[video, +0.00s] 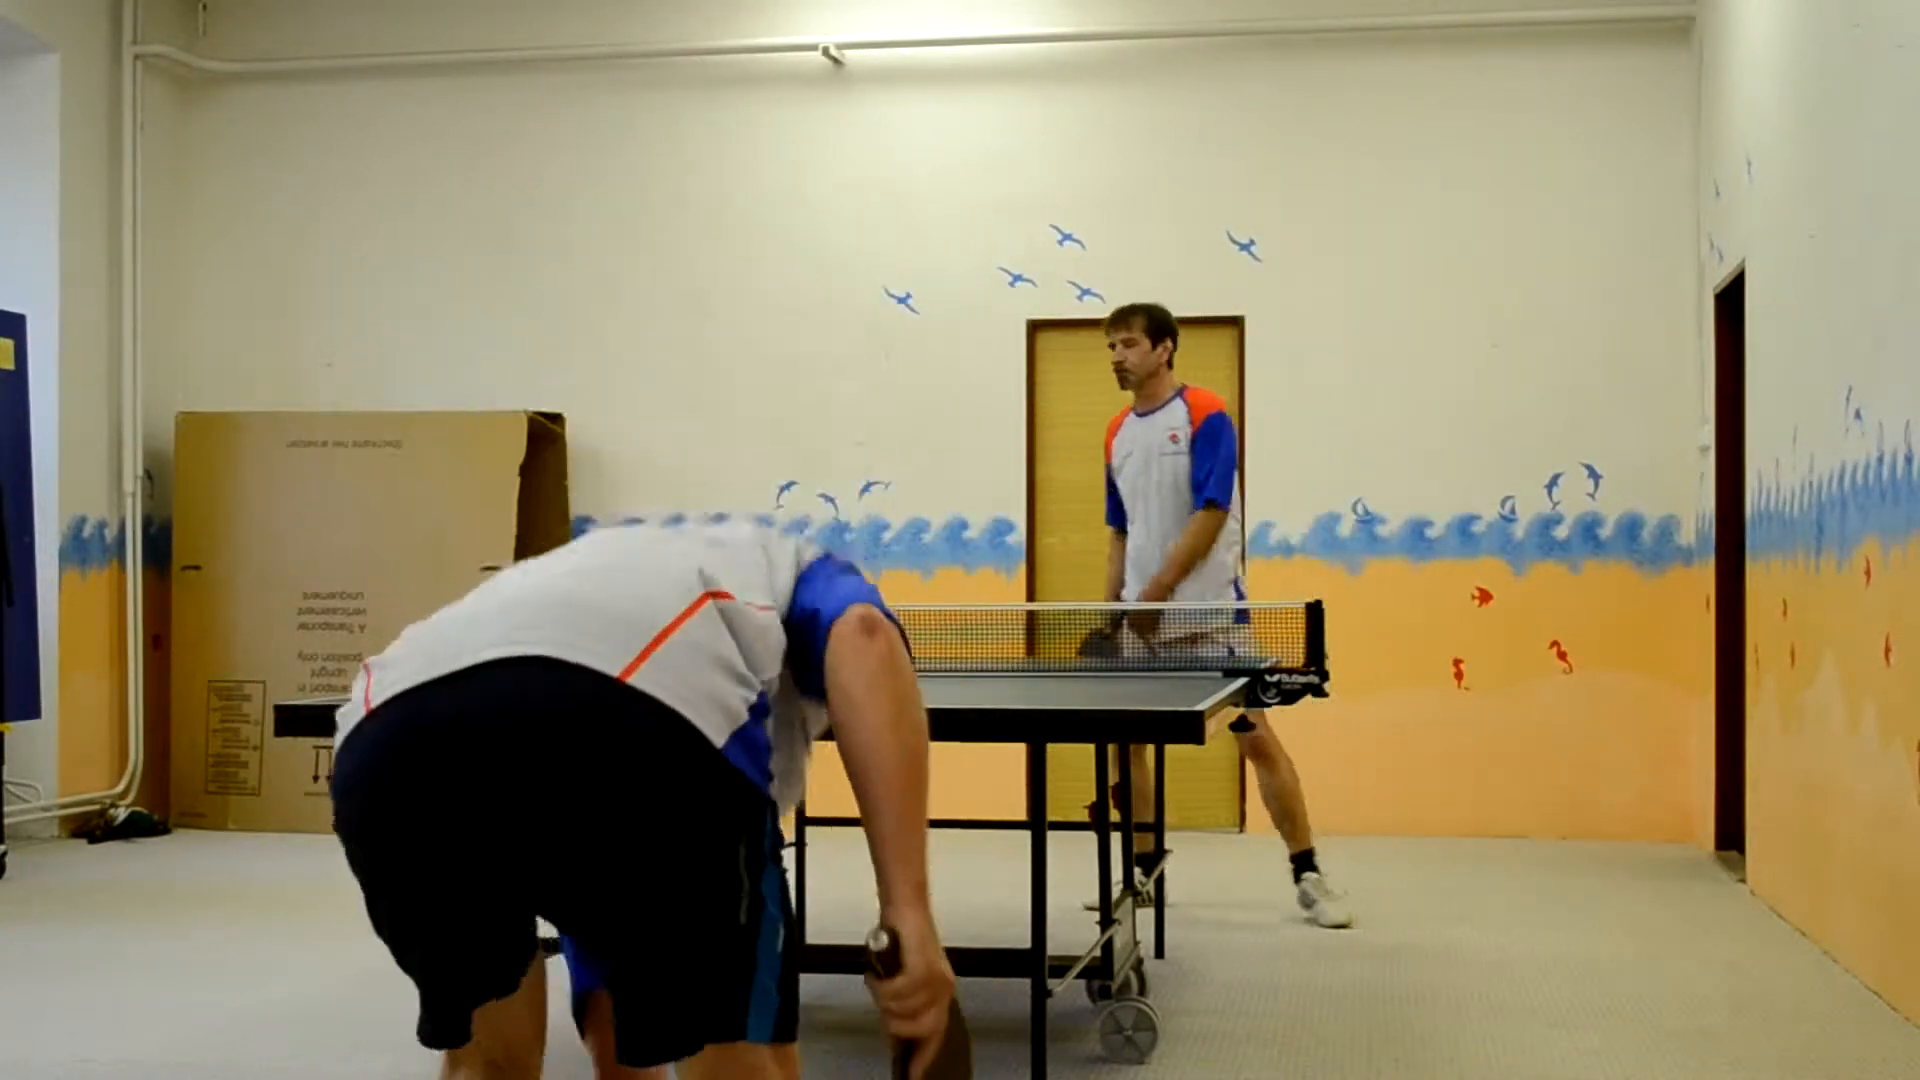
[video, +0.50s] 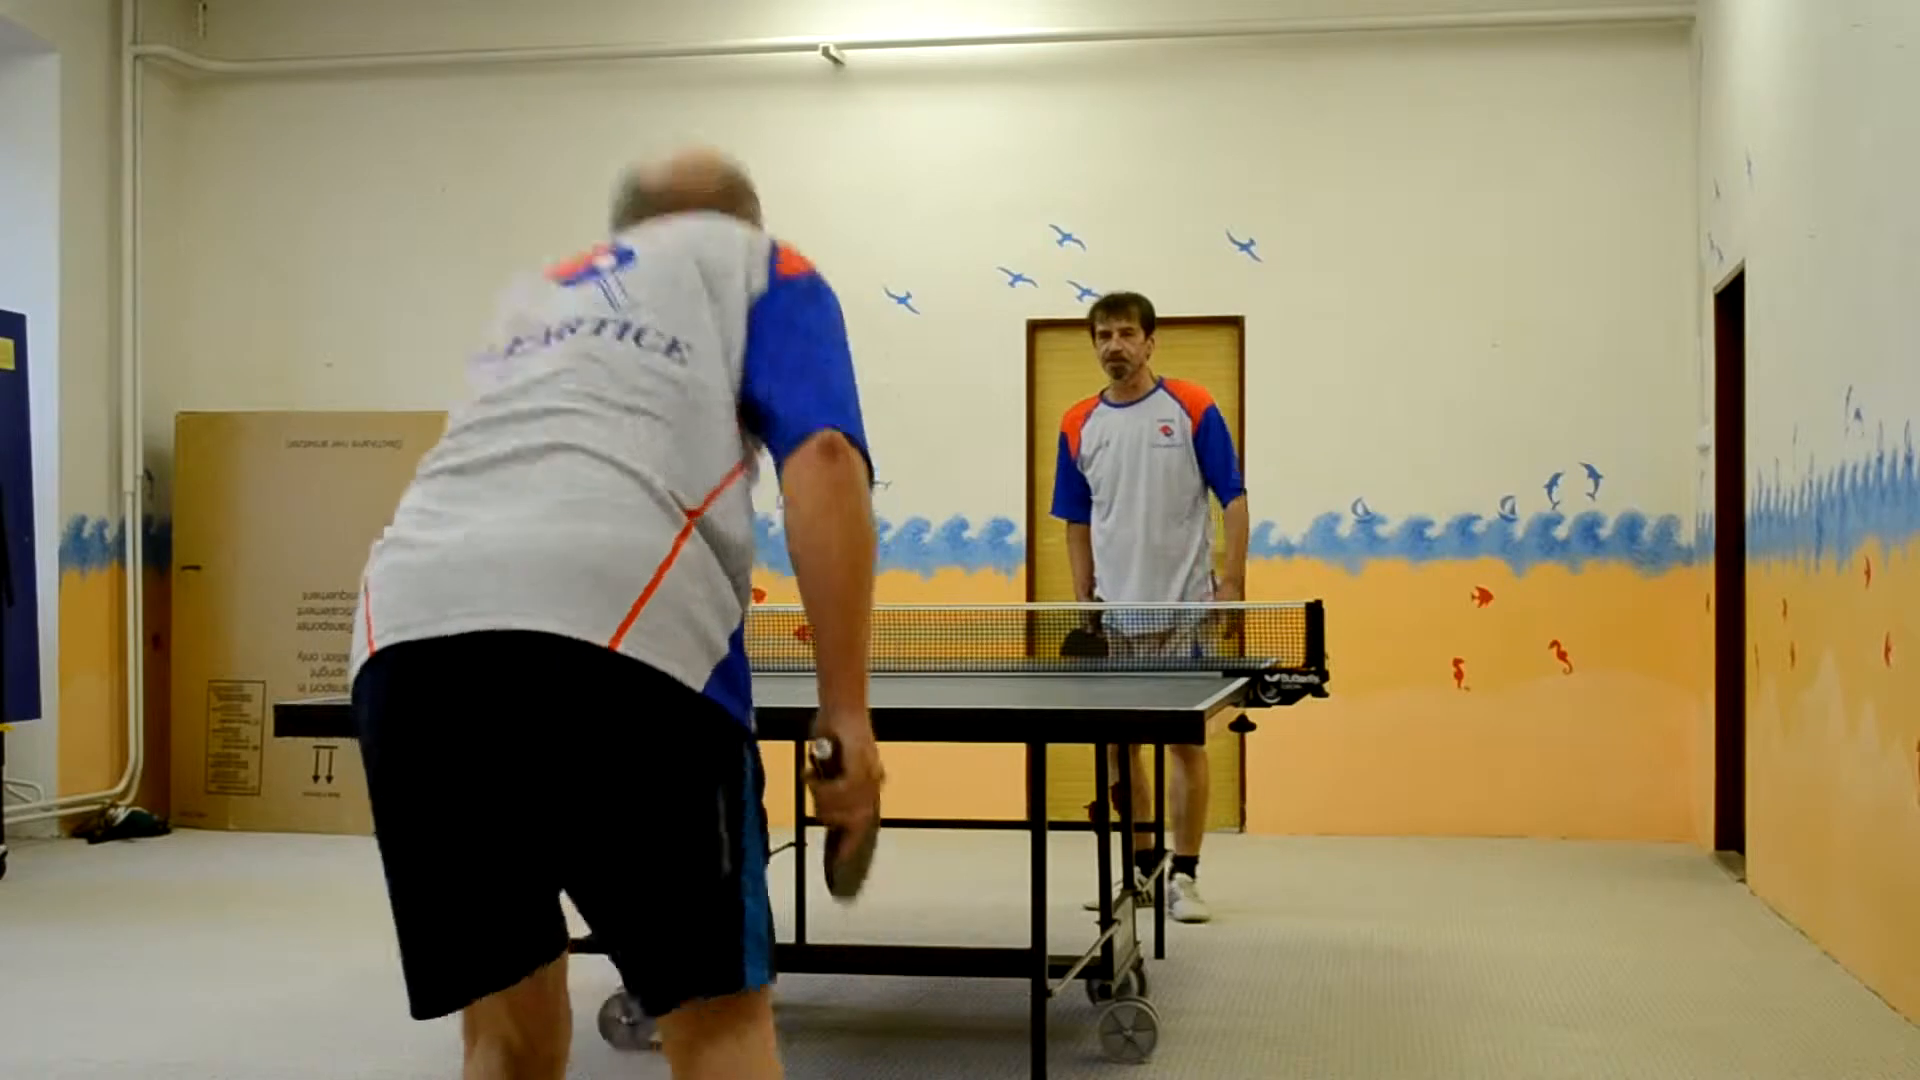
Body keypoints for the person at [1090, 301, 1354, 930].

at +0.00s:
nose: (1115, 357)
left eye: (1126, 345)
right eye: (1111, 347)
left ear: (1164, 348)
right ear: (1116, 354)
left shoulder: (1206, 413)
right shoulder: (1119, 430)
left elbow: (1212, 513)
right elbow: (1120, 534)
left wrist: (1155, 592)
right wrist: (1111, 616)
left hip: (1208, 615)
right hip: (1142, 620)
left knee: (1255, 736)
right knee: (1127, 744)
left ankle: (1308, 874)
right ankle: (1144, 877)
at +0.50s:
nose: (1116, 346)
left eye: (1127, 334)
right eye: (1105, 336)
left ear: (1149, 340)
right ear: (1094, 345)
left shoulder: (1193, 407)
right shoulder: (1076, 424)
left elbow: (1234, 498)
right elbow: (1075, 524)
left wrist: (1230, 583)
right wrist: (1085, 605)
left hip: (1186, 610)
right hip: (1114, 615)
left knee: (1185, 741)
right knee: (1120, 747)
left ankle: (1182, 872)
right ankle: (1143, 871)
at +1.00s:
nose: (1119, 344)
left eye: (1130, 333)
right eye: (1109, 334)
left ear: (1153, 339)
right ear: (1097, 341)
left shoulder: (1191, 409)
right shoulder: (1073, 417)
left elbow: (1220, 497)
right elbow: (1061, 510)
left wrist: (1177, 561)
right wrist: (1052, 574)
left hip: (1173, 610)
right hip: (1094, 611)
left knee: (1185, 742)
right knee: (1069, 740)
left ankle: (1182, 874)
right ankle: (1054, 870)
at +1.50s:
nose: (1049, 359)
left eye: (1061, 349)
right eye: (1043, 348)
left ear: (1093, 350)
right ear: (1037, 347)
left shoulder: (1130, 409)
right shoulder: (1017, 418)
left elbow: (1117, 499)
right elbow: (1001, 504)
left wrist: (1056, 514)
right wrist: (997, 566)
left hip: (1123, 603)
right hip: (1048, 608)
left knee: (1156, 732)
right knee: (1041, 737)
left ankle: (1158, 864)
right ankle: (1046, 867)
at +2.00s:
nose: (1130, 367)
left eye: (1141, 356)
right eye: (1119, 356)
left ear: (1158, 355)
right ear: (1103, 356)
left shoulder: (1190, 413)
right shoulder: (1069, 427)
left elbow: (1219, 499)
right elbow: (1039, 512)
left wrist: (1144, 531)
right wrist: (1048, 564)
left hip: (1169, 607)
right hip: (1099, 608)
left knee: (1158, 737)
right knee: (1085, 732)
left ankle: (1143, 867)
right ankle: (1068, 863)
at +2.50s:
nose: (1191, 422)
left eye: (1200, 409)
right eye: (1178, 410)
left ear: (1212, 403)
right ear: (1155, 405)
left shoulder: (1235, 444)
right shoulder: (1118, 463)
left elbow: (1263, 538)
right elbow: (1077, 556)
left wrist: (1235, 597)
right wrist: (1135, 618)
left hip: (1215, 622)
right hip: (1149, 627)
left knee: (1238, 737)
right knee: (1169, 745)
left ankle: (1167, 844)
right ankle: (1171, 875)